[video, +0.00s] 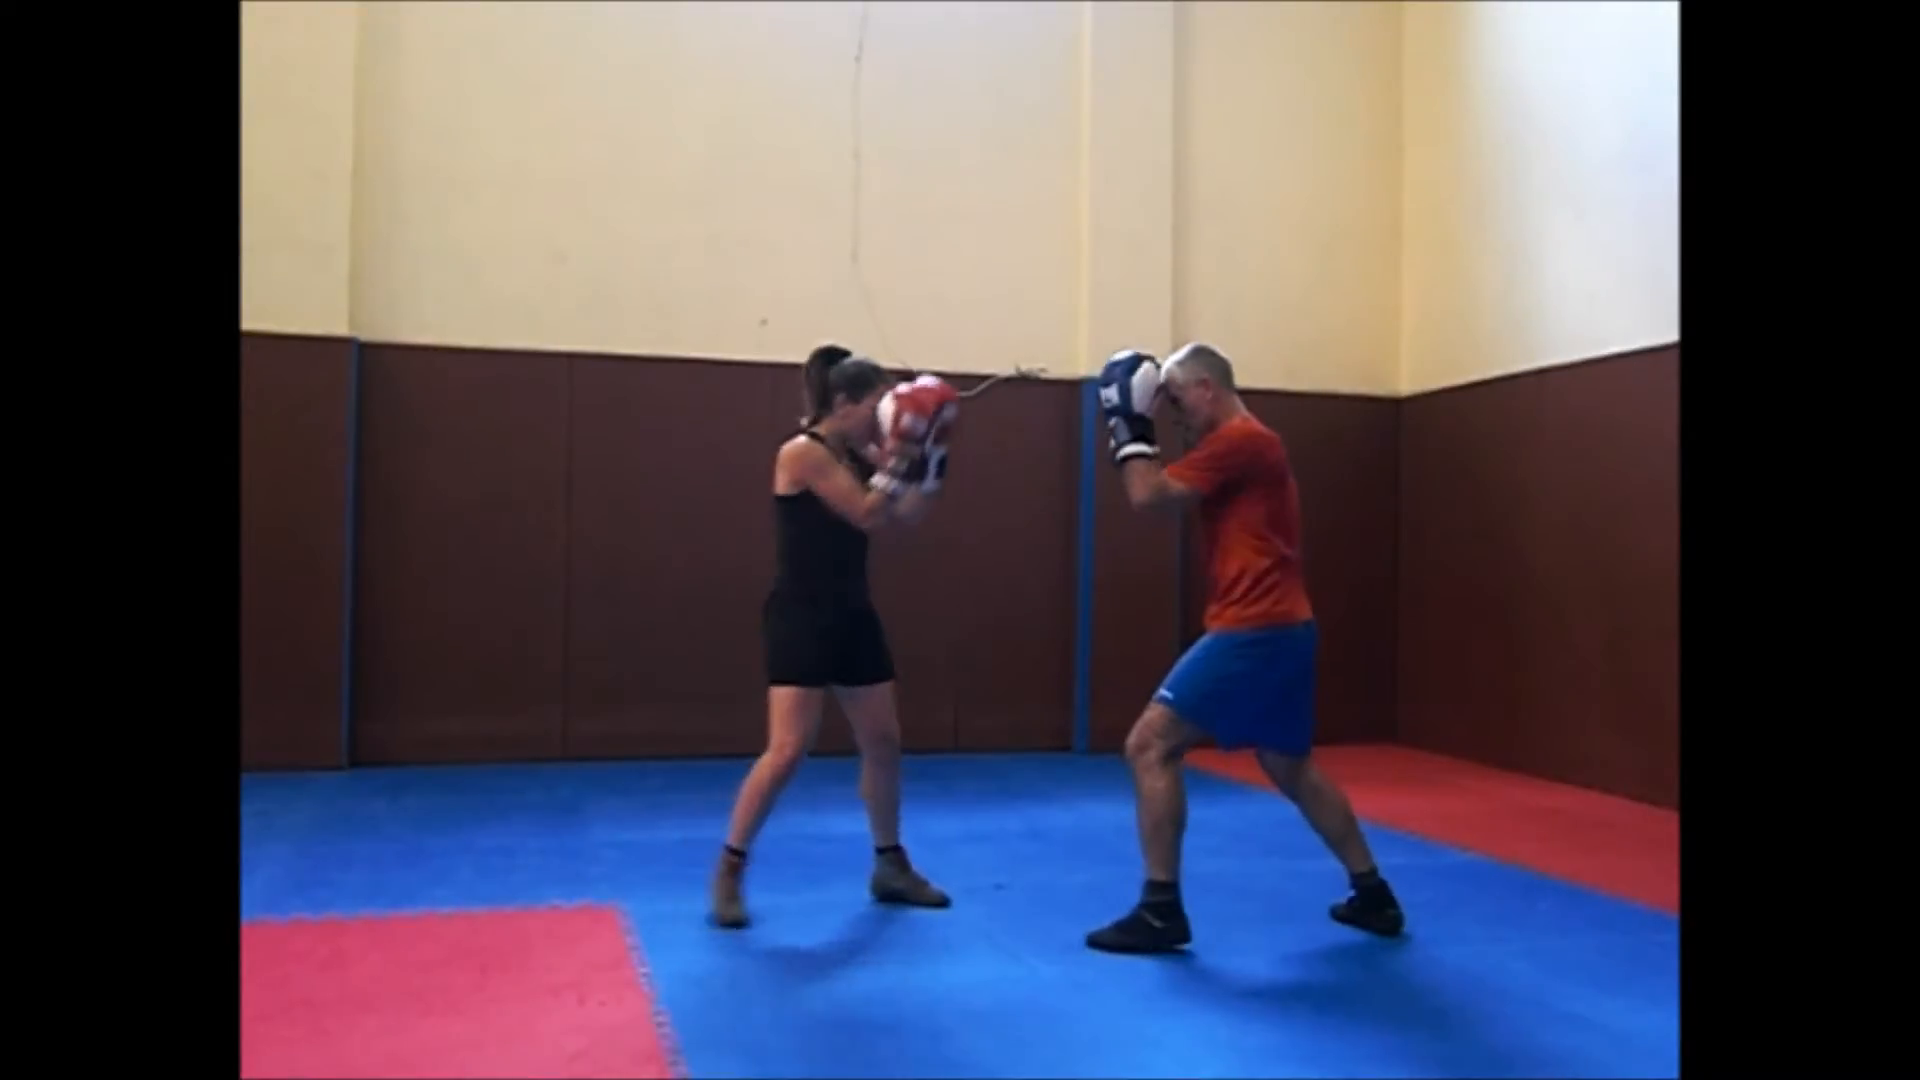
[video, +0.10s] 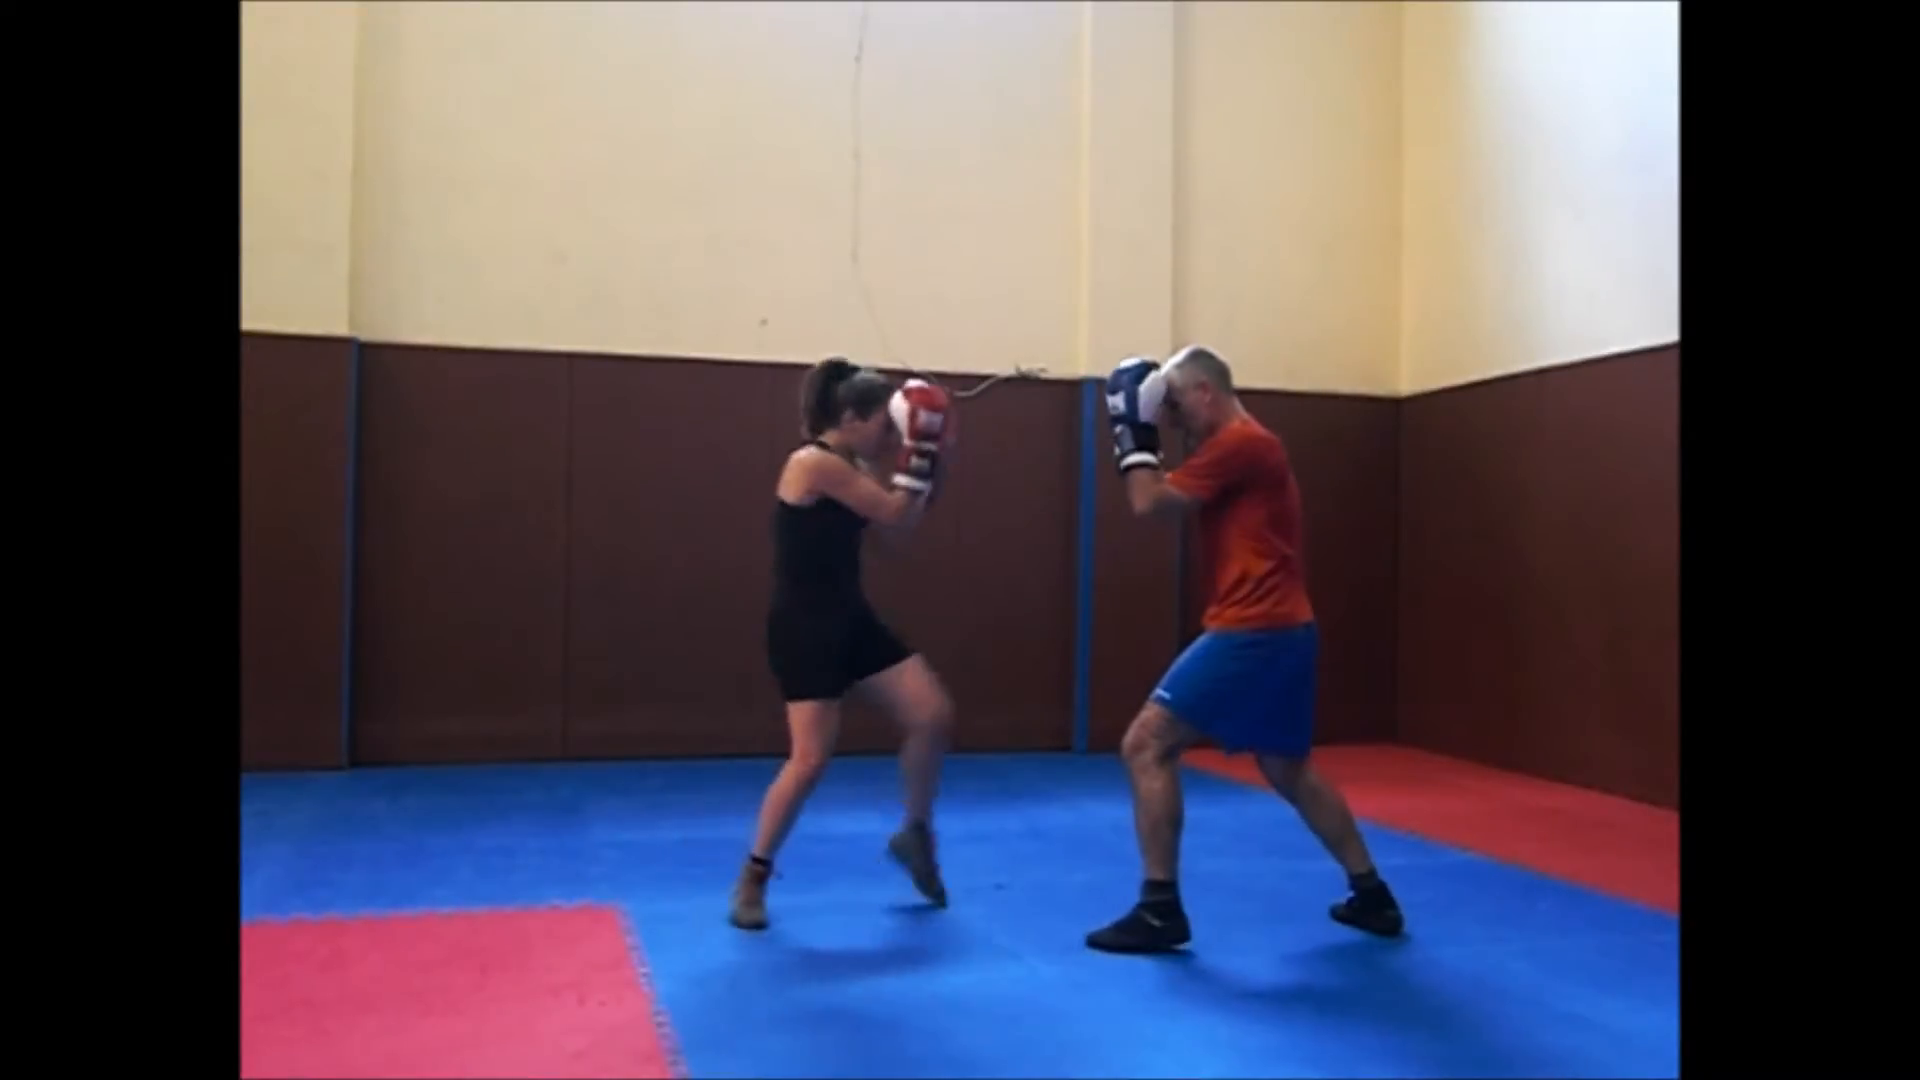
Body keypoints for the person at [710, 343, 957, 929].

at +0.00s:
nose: (877, 417)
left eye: (879, 407)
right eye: (871, 406)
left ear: (847, 405)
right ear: (841, 402)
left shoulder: (851, 456)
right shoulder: (802, 453)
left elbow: (903, 513)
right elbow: (865, 512)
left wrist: (931, 458)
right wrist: (899, 460)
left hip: (851, 617)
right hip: (800, 618)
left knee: (882, 741)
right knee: (786, 749)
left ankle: (890, 865)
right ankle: (730, 869)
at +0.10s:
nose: (886, 433)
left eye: (887, 423)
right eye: (881, 422)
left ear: (851, 420)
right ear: (852, 419)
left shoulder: (843, 467)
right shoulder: (813, 465)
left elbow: (893, 523)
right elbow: (897, 514)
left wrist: (919, 463)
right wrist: (918, 460)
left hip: (850, 623)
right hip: (806, 629)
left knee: (930, 713)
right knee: (809, 758)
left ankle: (916, 835)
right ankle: (755, 875)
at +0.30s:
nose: (918, 430)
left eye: (921, 420)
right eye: (910, 419)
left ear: (910, 418)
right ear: (872, 414)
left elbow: (988, 485)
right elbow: (826, 542)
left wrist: (1036, 456)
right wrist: (884, 494)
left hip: (898, 615)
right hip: (837, 618)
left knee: (948, 735)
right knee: (812, 741)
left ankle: (961, 850)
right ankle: (751, 871)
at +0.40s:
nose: (937, 438)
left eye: (940, 428)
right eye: (930, 426)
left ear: (929, 427)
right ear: (891, 420)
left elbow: (1014, 497)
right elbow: (832, 551)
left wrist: (1059, 463)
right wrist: (884, 509)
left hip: (912, 626)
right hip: (856, 627)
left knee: (955, 741)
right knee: (833, 746)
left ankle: (956, 865)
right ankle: (759, 870)